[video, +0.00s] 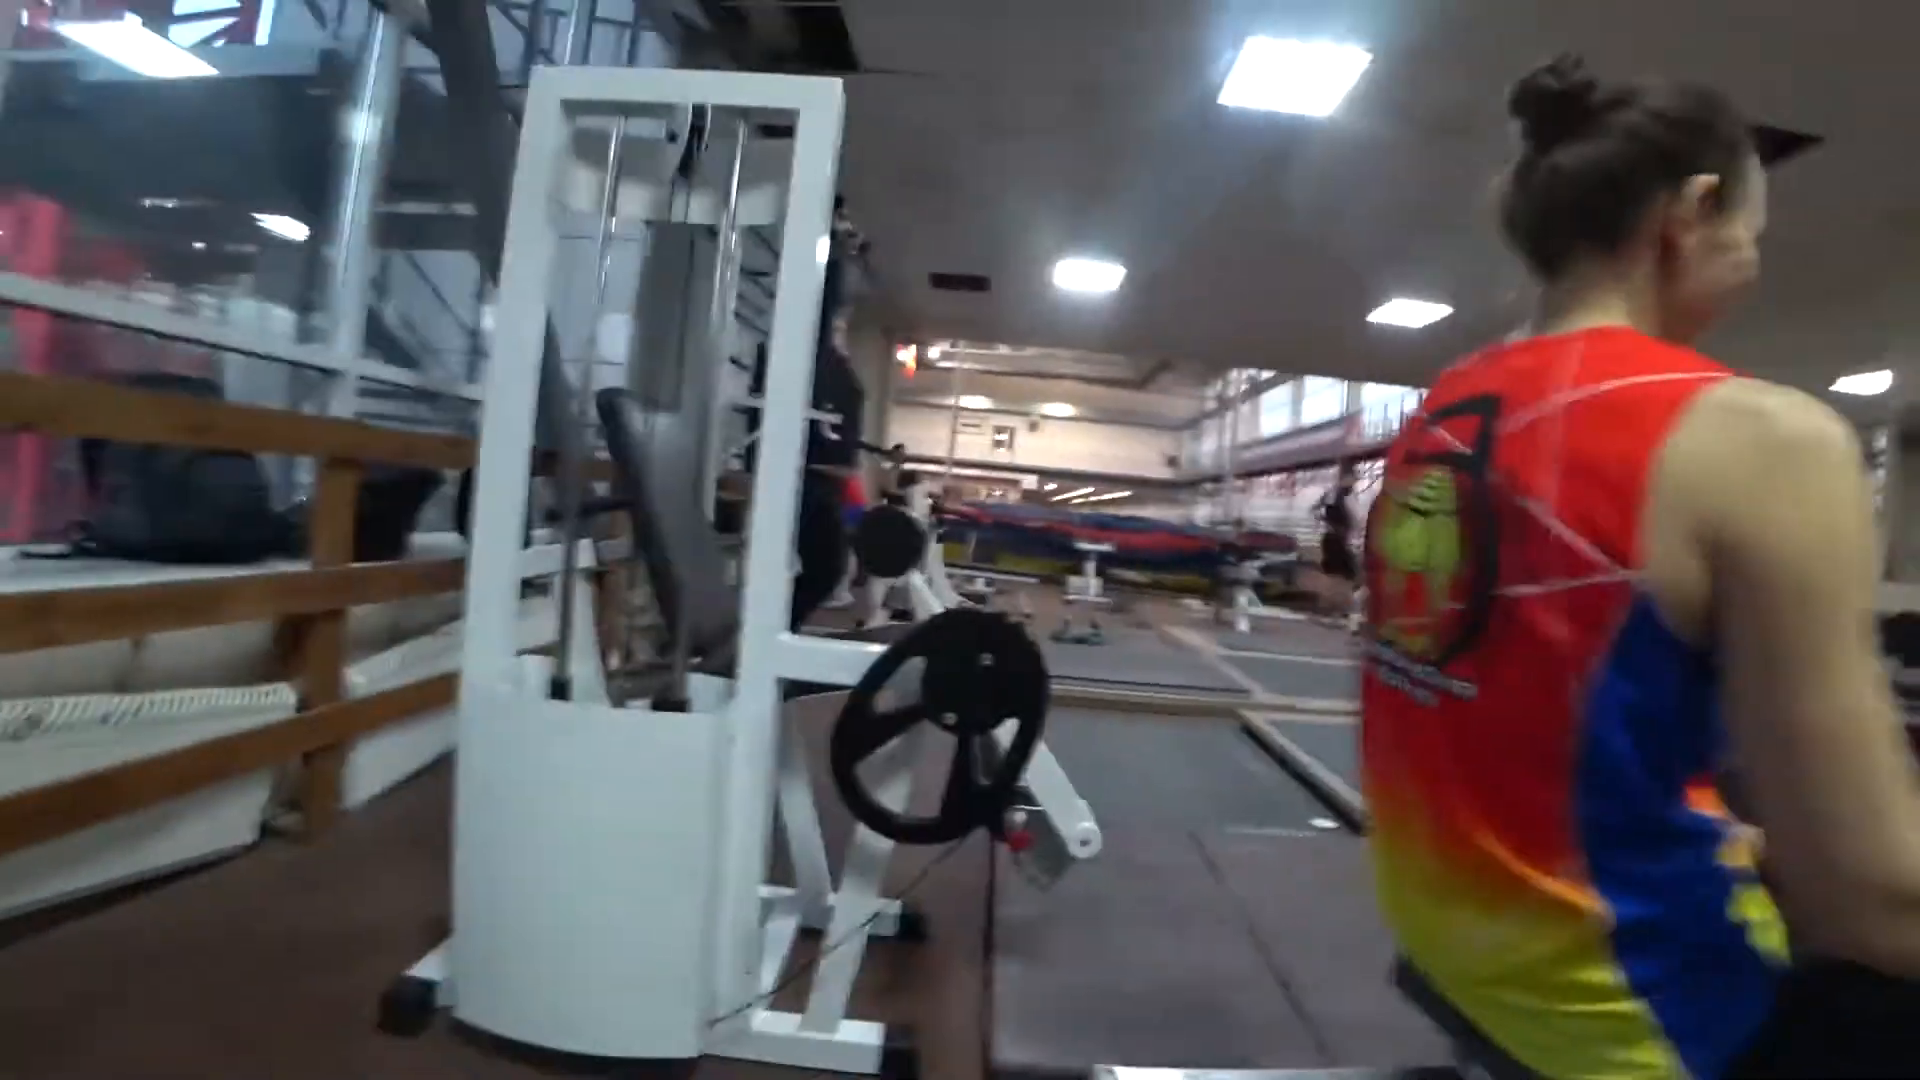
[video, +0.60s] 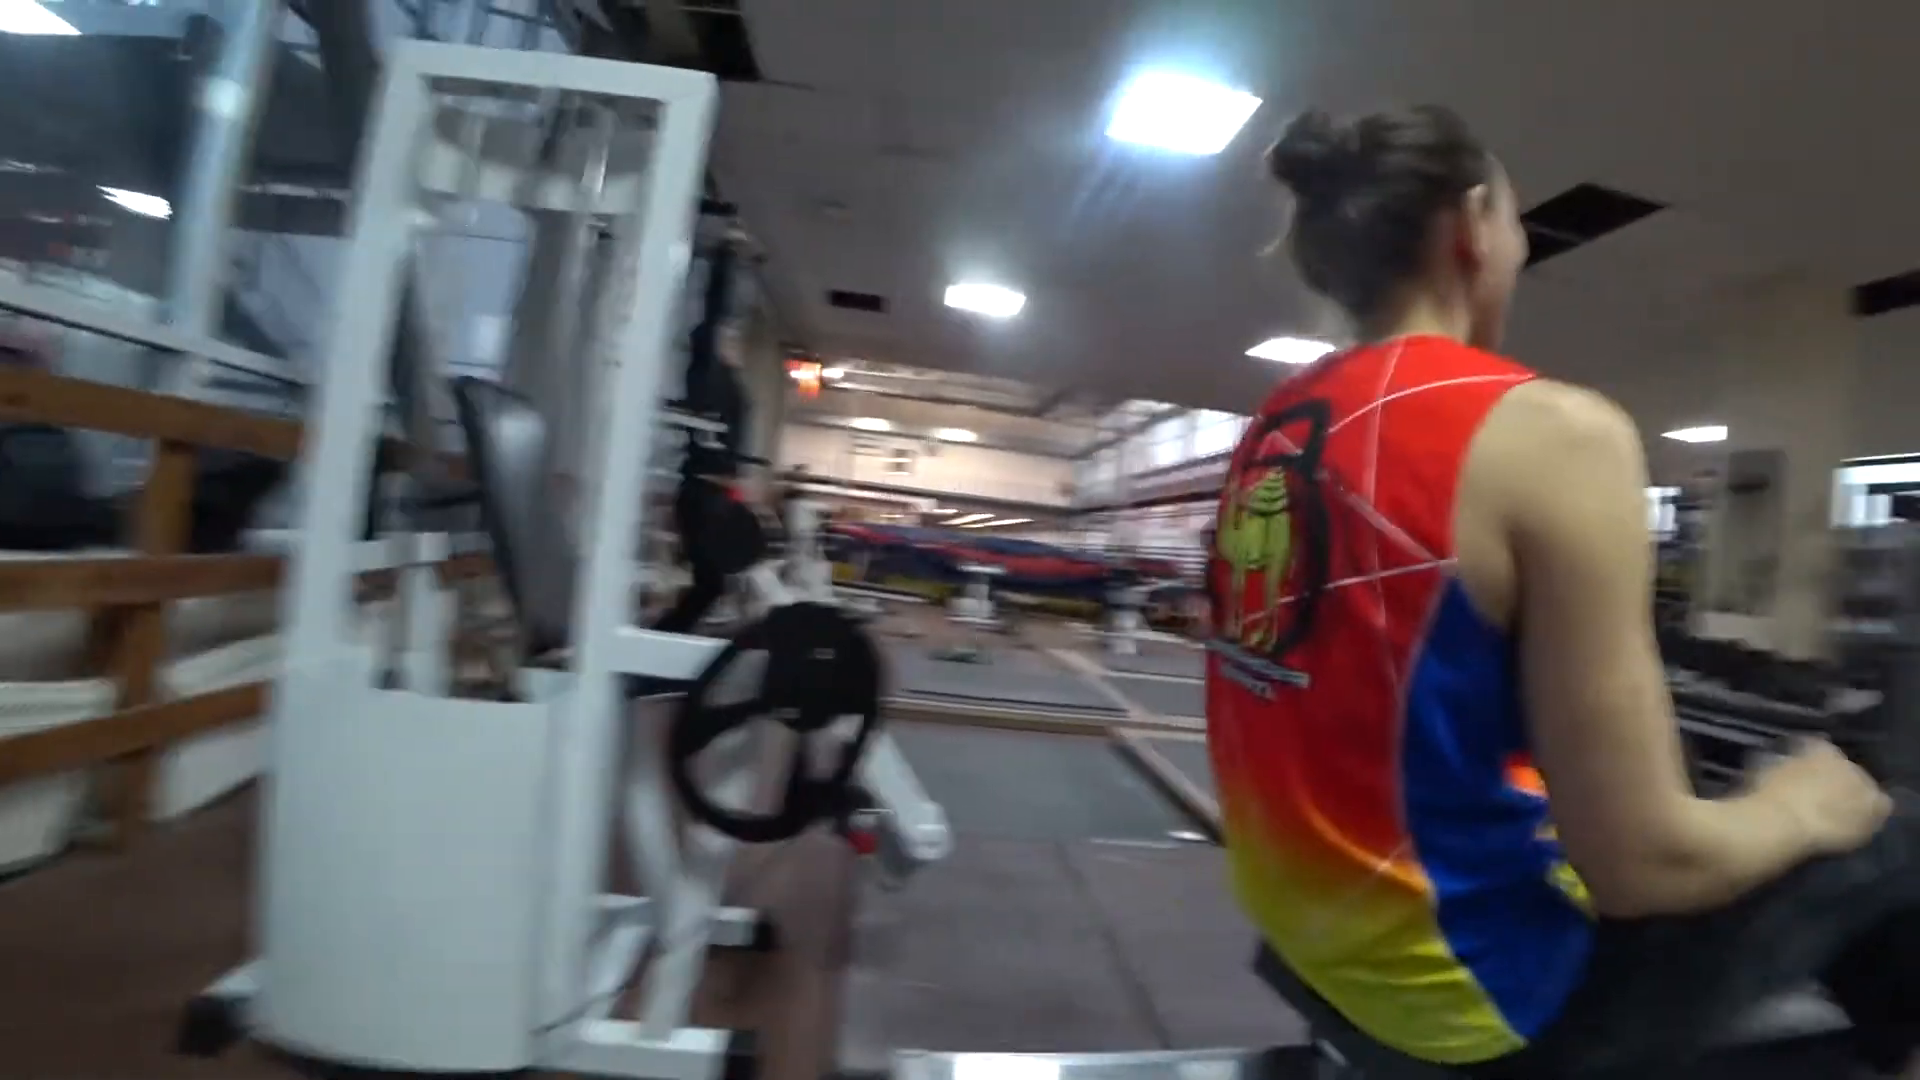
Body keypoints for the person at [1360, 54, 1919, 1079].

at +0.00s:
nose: (1750, 275)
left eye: (1754, 244)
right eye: (1749, 242)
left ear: (1556, 233)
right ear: (1691, 219)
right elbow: (1865, 903)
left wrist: (1724, 839)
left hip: (1457, 967)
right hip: (1652, 1010)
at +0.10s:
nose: (1633, 268)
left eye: (1639, 235)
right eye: (1625, 232)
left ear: (1438, 242)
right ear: (1547, 232)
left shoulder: (1335, 404)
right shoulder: (1587, 439)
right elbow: (1682, 865)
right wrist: (1867, 897)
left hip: (1316, 952)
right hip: (1483, 998)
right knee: (1877, 1015)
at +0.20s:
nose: (1441, 279)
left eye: (1447, 247)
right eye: (1442, 245)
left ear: (1267, 244)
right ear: (1383, 232)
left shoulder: (1175, 389)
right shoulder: (1418, 430)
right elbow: (1489, 838)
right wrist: (1623, 863)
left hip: (1157, 936)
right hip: (1318, 989)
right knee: (1686, 952)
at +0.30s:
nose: (1394, 282)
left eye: (1397, 249)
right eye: (1394, 247)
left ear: (1220, 243)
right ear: (1345, 235)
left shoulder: (1136, 399)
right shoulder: (1386, 427)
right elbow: (1457, 845)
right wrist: (1603, 852)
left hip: (1136, 949)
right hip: (1297, 1011)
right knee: (1658, 898)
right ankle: (1739, 1033)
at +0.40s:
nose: (1439, 259)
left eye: (1440, 229)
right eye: (1436, 228)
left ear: (1264, 248)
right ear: (1388, 231)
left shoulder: (1193, 400)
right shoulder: (1443, 428)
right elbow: (1533, 854)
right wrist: (1686, 840)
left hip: (1210, 958)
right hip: (1378, 1013)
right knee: (1744, 883)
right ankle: (1814, 1047)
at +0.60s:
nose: (1519, 247)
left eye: (1514, 217)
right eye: (1512, 217)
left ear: (1341, 265)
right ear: (1471, 232)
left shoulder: (1283, 424)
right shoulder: (1549, 436)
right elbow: (1643, 861)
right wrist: (1797, 809)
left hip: (1321, 967)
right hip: (1504, 1019)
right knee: (1875, 846)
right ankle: (1895, 1040)